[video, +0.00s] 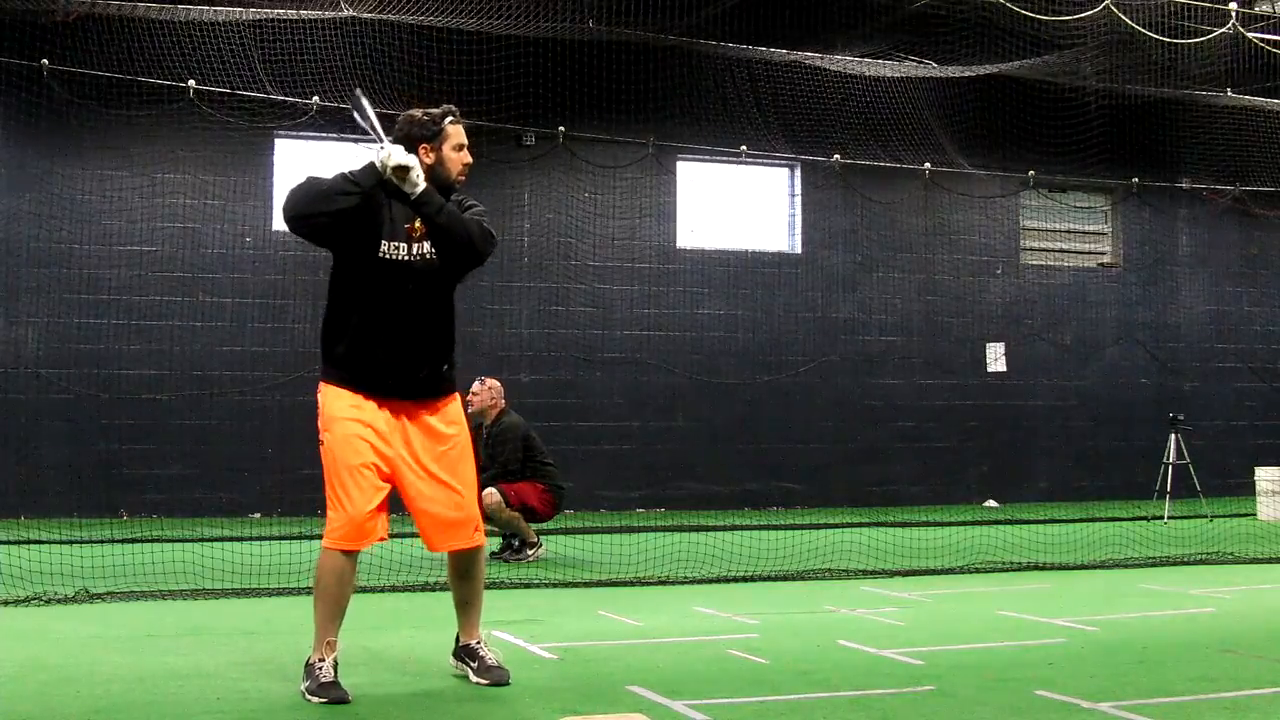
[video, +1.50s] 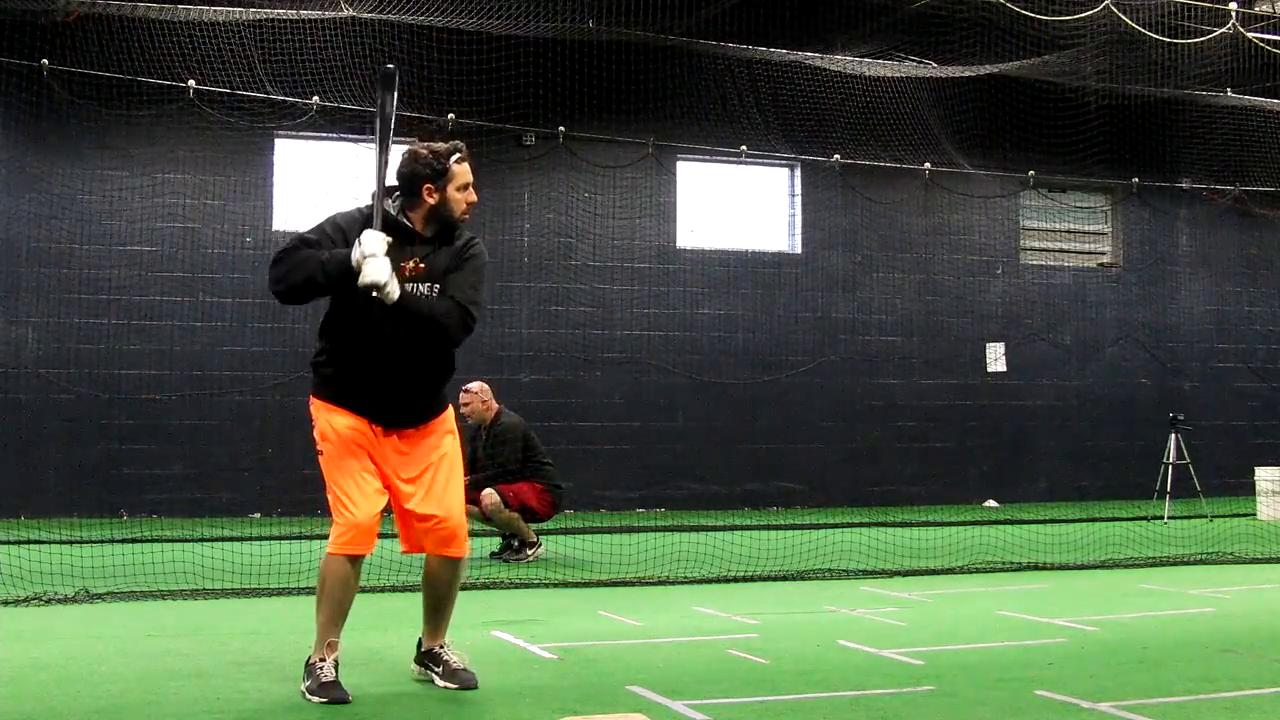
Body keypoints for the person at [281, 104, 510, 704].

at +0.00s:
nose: (468, 157)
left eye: (467, 148)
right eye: (459, 148)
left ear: (438, 152)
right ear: (425, 152)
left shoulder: (460, 217)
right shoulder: (361, 205)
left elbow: (476, 246)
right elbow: (297, 209)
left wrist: (419, 189)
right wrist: (371, 173)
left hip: (433, 400)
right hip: (355, 394)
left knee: (466, 527)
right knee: (348, 523)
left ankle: (470, 643)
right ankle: (323, 658)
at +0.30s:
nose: (468, 163)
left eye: (467, 154)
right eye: (460, 154)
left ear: (438, 159)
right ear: (426, 160)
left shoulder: (464, 223)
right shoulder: (361, 213)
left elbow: (474, 253)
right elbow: (293, 217)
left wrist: (417, 194)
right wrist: (369, 180)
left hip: (436, 402)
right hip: (358, 402)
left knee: (467, 530)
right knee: (351, 527)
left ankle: (465, 646)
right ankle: (323, 658)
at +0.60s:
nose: (473, 168)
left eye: (472, 158)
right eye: (464, 159)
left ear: (445, 165)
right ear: (430, 164)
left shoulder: (468, 224)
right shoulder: (369, 215)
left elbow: (477, 261)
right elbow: (299, 225)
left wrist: (424, 202)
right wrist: (374, 188)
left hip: (442, 407)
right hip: (364, 403)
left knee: (468, 535)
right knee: (358, 525)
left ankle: (464, 647)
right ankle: (324, 658)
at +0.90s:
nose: (468, 174)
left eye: (467, 165)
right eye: (460, 165)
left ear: (438, 171)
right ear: (426, 170)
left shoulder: (458, 230)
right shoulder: (362, 219)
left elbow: (471, 268)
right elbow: (292, 229)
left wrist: (420, 208)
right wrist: (371, 194)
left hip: (430, 408)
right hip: (351, 404)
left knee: (465, 528)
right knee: (356, 521)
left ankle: (464, 642)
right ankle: (323, 658)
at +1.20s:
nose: (468, 184)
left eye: (467, 173)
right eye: (459, 175)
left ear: (434, 180)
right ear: (424, 180)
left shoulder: (456, 233)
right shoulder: (358, 224)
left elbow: (463, 289)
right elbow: (287, 246)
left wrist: (414, 231)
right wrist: (364, 209)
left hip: (424, 411)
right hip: (348, 409)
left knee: (452, 529)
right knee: (355, 524)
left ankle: (435, 649)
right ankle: (323, 659)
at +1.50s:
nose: (474, 197)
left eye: (474, 186)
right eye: (465, 188)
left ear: (442, 191)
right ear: (430, 192)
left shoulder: (464, 249)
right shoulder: (361, 226)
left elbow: (457, 320)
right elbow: (283, 277)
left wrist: (399, 290)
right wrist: (351, 262)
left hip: (425, 417)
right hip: (348, 410)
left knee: (449, 532)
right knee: (357, 524)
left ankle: (433, 648)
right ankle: (322, 660)